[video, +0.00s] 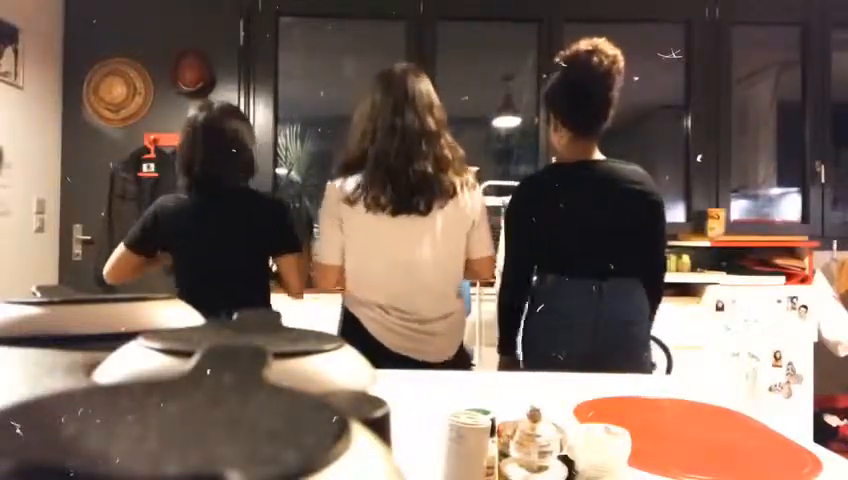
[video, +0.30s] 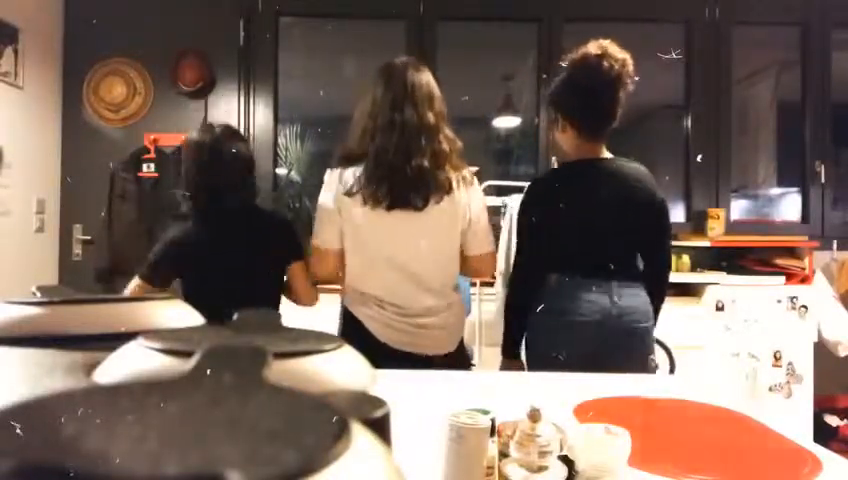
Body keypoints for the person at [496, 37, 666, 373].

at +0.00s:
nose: (546, 127)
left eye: (547, 118)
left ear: (556, 121)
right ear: (605, 117)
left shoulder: (533, 190)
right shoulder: (640, 185)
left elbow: (516, 279)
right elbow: (654, 278)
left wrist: (506, 351)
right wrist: (635, 333)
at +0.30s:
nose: (552, 136)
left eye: (553, 125)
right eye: (551, 125)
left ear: (564, 125)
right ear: (609, 120)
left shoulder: (546, 187)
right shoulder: (641, 181)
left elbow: (527, 271)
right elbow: (658, 269)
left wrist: (510, 348)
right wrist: (641, 327)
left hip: (561, 308)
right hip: (630, 308)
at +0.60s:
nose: (623, 113)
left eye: (621, 105)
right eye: (620, 106)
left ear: (557, 122)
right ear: (608, 118)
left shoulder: (535, 190)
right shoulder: (639, 177)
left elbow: (528, 277)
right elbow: (667, 254)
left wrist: (521, 348)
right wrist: (647, 308)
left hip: (556, 339)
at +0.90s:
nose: (600, 132)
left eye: (610, 123)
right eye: (589, 121)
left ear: (622, 127)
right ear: (570, 126)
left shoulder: (574, 177)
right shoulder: (598, 177)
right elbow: (634, 260)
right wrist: (680, 328)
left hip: (578, 304)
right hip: (615, 310)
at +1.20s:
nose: (596, 139)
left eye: (608, 131)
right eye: (586, 128)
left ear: (621, 138)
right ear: (569, 132)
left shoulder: (579, 178)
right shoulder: (593, 178)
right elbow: (601, 268)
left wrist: (671, 327)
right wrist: (632, 343)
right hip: (598, 331)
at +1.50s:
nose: (589, 145)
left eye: (600, 135)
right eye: (579, 133)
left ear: (612, 139)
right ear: (561, 135)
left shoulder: (591, 184)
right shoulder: (584, 184)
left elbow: (610, 274)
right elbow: (577, 275)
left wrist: (647, 329)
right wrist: (583, 359)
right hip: (600, 330)